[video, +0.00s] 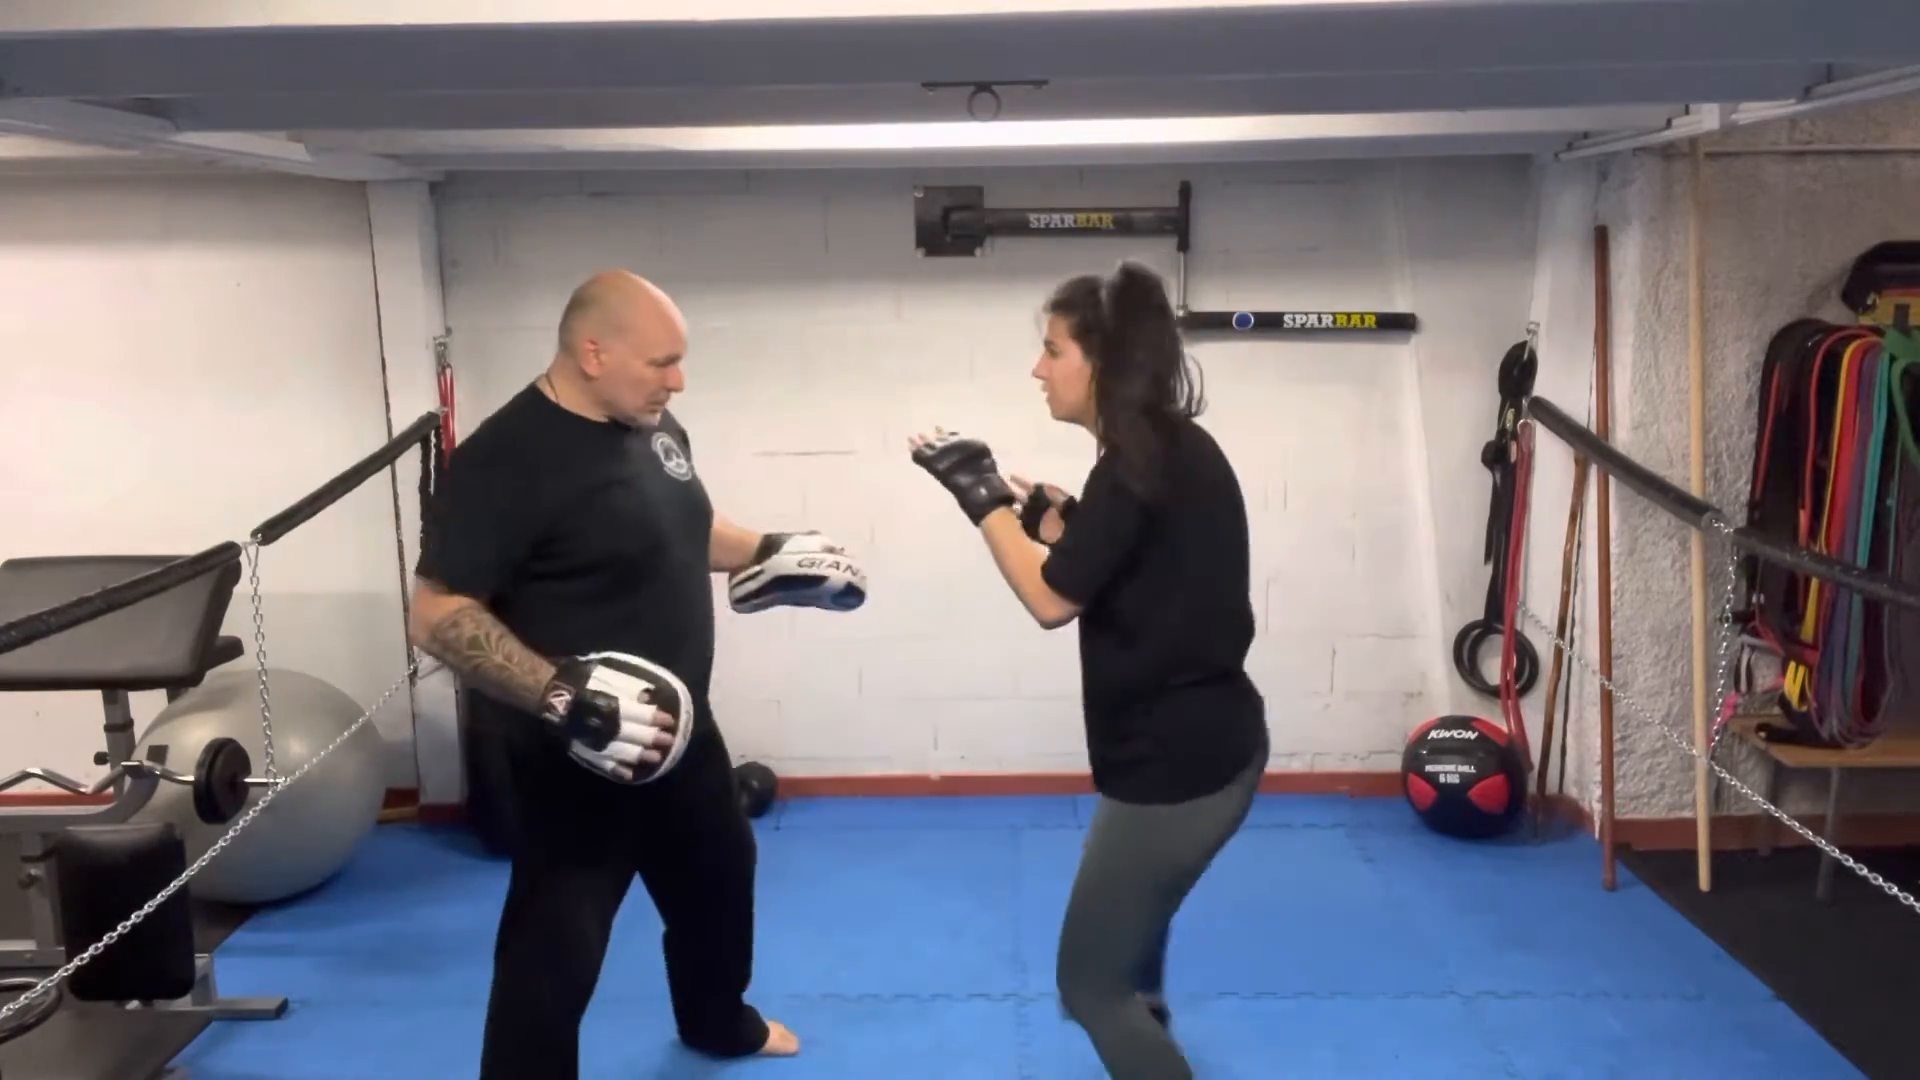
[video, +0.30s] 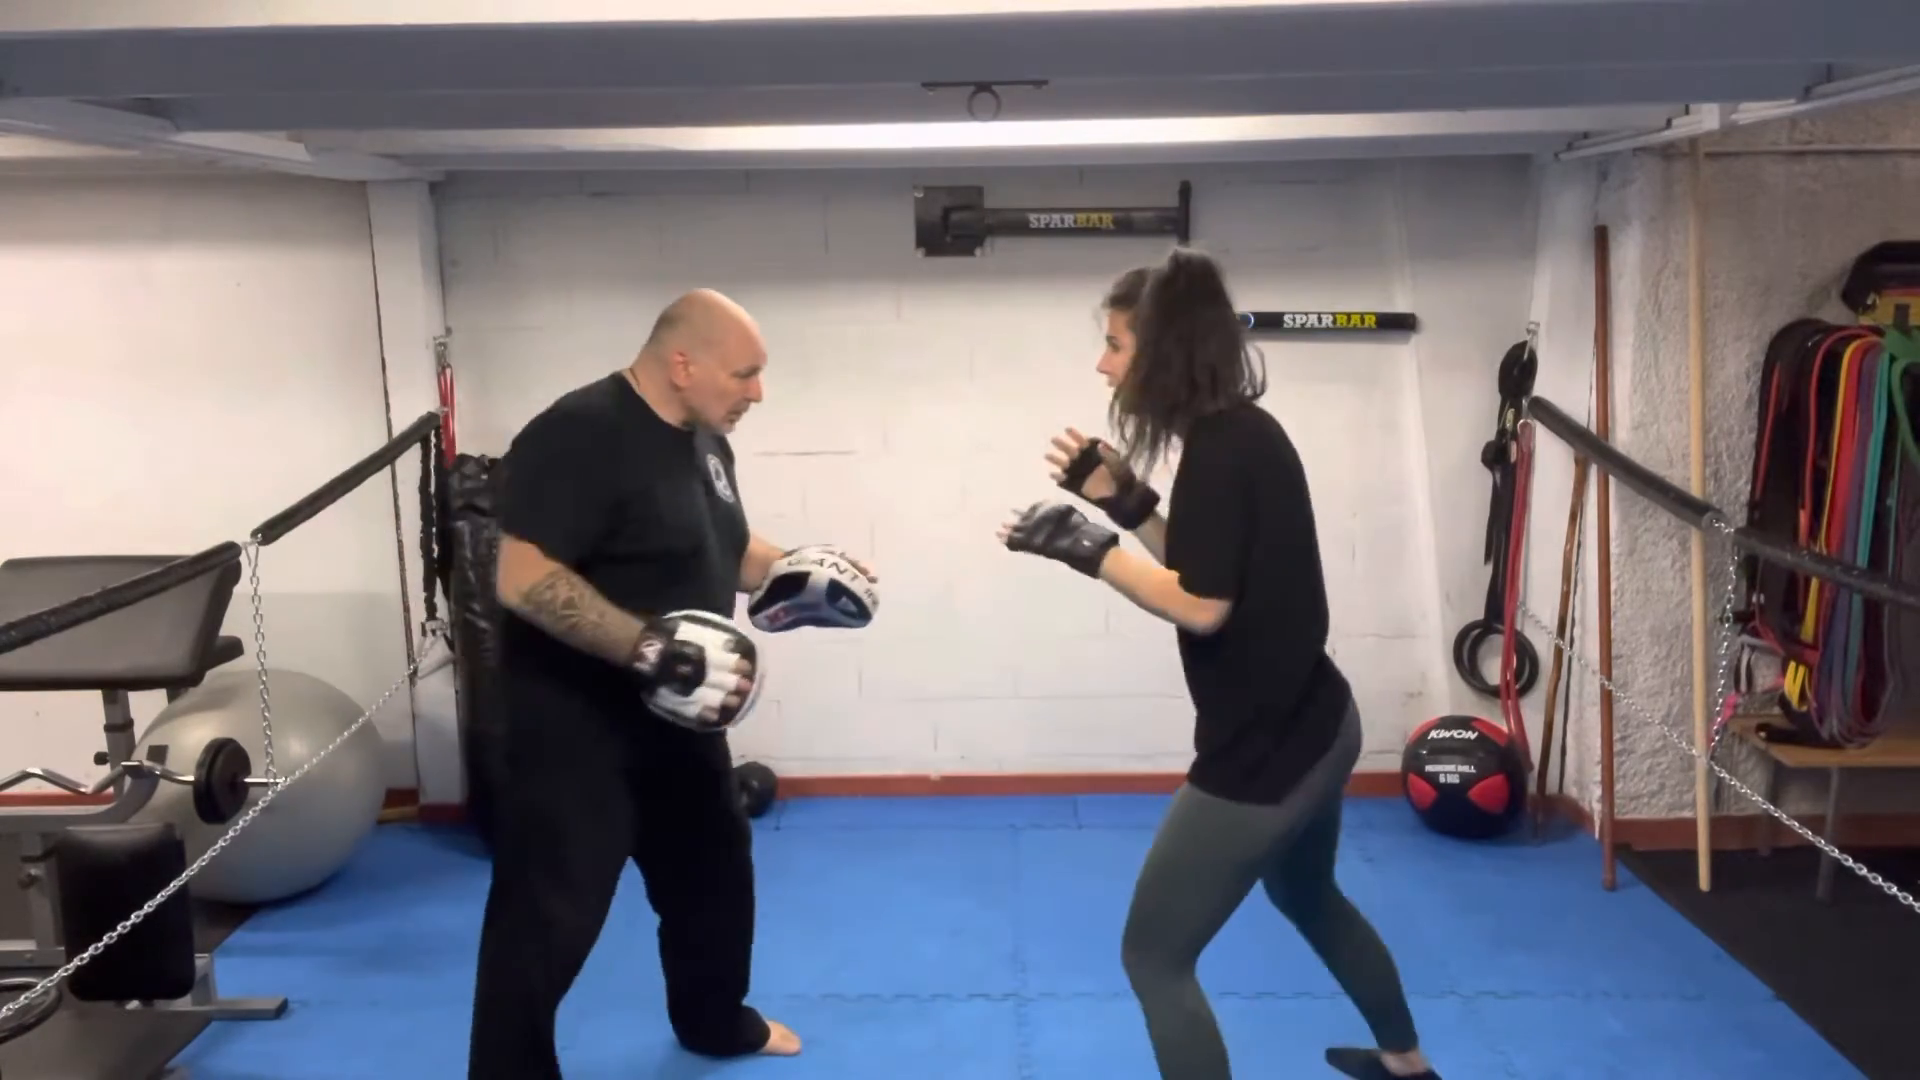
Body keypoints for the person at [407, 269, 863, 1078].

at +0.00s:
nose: (678, 380)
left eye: (680, 360)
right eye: (663, 361)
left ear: (605, 356)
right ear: (594, 353)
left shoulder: (654, 433)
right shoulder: (497, 462)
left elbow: (681, 532)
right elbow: (436, 614)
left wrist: (775, 551)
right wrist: (564, 695)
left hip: (680, 743)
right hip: (570, 762)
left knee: (717, 881)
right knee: (550, 959)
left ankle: (716, 1021)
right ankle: (526, 1070)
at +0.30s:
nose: (755, 393)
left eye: (757, 376)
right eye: (743, 376)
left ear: (689, 367)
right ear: (682, 364)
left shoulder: (704, 444)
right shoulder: (572, 436)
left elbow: (721, 546)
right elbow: (522, 576)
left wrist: (797, 574)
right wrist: (650, 648)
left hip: (669, 722)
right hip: (564, 726)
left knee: (711, 870)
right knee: (544, 918)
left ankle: (714, 1022)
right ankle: (510, 1066)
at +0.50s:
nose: (743, 395)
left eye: (745, 378)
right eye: (731, 376)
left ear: (677, 367)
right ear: (669, 363)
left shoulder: (688, 438)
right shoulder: (578, 429)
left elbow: (715, 535)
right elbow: (604, 580)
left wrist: (788, 559)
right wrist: (748, 587)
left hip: (660, 717)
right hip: (558, 725)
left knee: (698, 874)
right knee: (529, 913)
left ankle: (713, 1022)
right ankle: (465, 1071)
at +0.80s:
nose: (639, 396)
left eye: (642, 375)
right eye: (624, 375)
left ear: (567, 366)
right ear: (559, 364)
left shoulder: (605, 437)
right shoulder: (477, 452)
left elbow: (618, 557)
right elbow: (555, 593)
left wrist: (711, 551)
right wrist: (673, 522)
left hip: (627, 728)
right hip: (520, 744)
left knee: (680, 888)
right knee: (503, 940)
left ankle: (714, 1023)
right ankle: (461, 1072)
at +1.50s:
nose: (645, 394)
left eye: (647, 375)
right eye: (629, 376)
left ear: (570, 368)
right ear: (561, 367)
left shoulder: (632, 428)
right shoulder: (472, 454)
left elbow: (699, 511)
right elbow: (493, 598)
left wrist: (758, 471)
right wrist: (633, 531)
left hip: (663, 729)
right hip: (544, 751)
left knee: (727, 880)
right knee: (516, 949)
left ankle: (762, 1025)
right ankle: (461, 1076)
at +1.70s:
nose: (626, 394)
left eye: (627, 376)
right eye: (608, 377)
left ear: (552, 373)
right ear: (539, 374)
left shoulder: (623, 422)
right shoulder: (450, 437)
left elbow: (700, 478)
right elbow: (436, 531)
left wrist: (746, 407)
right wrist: (581, 474)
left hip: (653, 730)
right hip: (531, 751)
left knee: (720, 890)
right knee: (513, 953)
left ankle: (764, 1026)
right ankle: (461, 1072)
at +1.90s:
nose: (590, 396)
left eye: (593, 377)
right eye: (572, 378)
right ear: (501, 374)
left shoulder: (592, 421)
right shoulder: (419, 421)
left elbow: (679, 460)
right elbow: (370, 457)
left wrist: (741, 405)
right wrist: (539, 437)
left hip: (610, 728)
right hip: (491, 749)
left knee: (691, 873)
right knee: (492, 946)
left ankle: (752, 1024)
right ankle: (455, 1071)